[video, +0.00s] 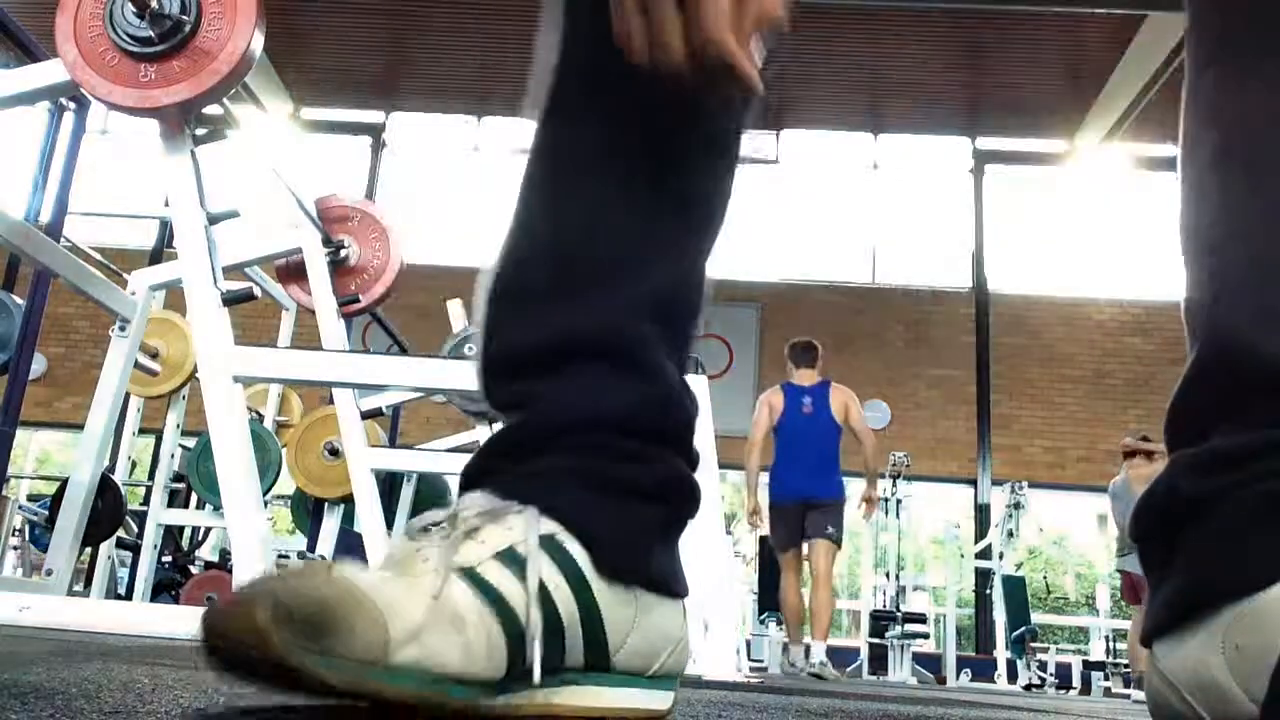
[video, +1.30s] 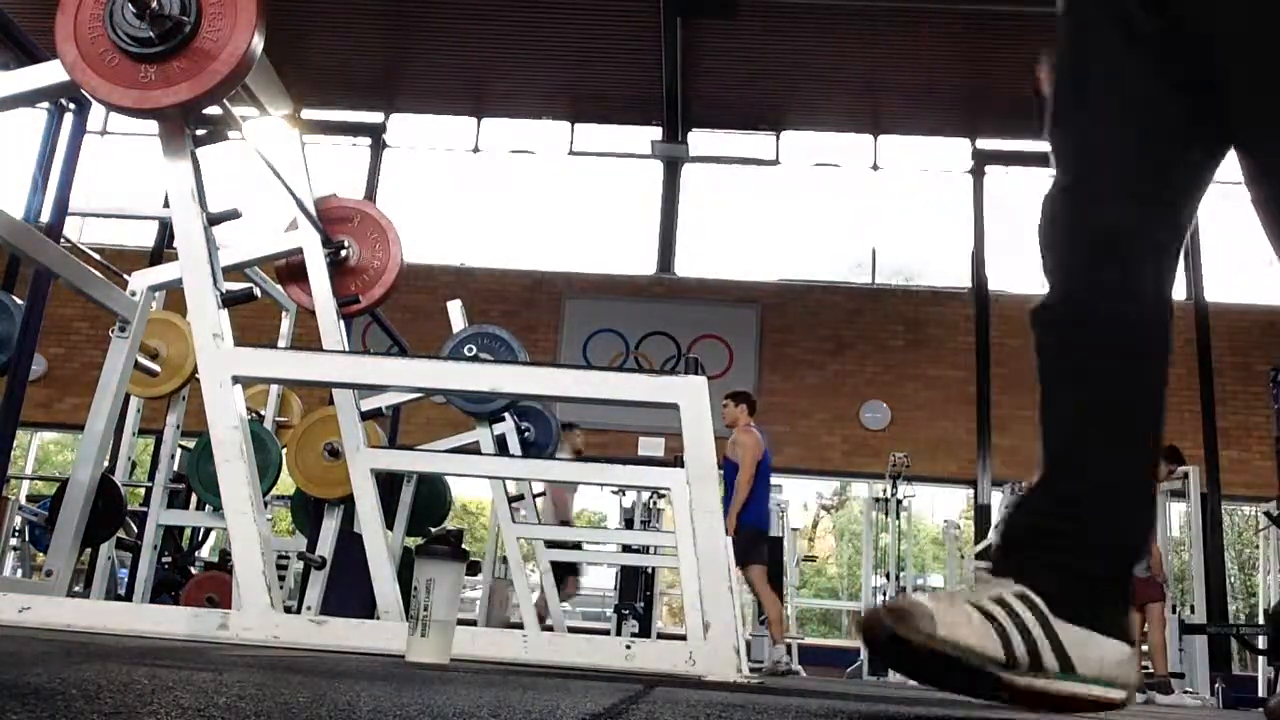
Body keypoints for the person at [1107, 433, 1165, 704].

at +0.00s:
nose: (1155, 460)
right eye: (1153, 455)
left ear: (1124, 455)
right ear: (1148, 453)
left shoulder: (1115, 484)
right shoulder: (1155, 474)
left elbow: (1118, 523)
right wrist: (1164, 457)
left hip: (1125, 555)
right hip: (1147, 554)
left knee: (1138, 615)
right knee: (1150, 613)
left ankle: (1136, 673)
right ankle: (1146, 672)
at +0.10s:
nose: (1153, 460)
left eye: (1152, 457)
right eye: (1152, 456)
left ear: (1125, 455)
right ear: (1144, 453)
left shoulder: (1112, 484)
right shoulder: (1147, 473)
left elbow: (1117, 522)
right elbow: (1172, 465)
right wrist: (1160, 456)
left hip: (1122, 555)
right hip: (1143, 553)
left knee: (1137, 615)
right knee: (1149, 613)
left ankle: (1135, 671)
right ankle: (1144, 672)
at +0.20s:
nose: (1146, 466)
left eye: (1147, 462)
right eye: (1146, 462)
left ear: (1123, 458)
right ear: (1139, 458)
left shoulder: (1110, 485)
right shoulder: (1142, 479)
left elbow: (1114, 519)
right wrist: (1157, 471)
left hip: (1121, 554)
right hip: (1140, 552)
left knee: (1136, 614)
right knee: (1147, 611)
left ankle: (1135, 671)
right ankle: (1144, 669)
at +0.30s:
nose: (1147, 468)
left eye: (1148, 465)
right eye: (1147, 464)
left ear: (1125, 460)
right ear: (1139, 460)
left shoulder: (1109, 486)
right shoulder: (1142, 482)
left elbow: (1111, 523)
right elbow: (1151, 515)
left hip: (1121, 556)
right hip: (1140, 555)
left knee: (1135, 614)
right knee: (1147, 613)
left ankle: (1135, 673)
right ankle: (1143, 672)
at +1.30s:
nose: (1170, 476)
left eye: (1173, 471)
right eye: (1170, 470)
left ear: (1164, 466)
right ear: (1162, 463)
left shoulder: (1145, 486)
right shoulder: (1149, 487)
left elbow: (1148, 528)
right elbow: (1147, 527)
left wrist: (1155, 559)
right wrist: (1155, 560)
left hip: (1137, 562)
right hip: (1143, 562)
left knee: (1135, 625)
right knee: (1157, 621)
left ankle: (1131, 684)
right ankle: (1162, 684)